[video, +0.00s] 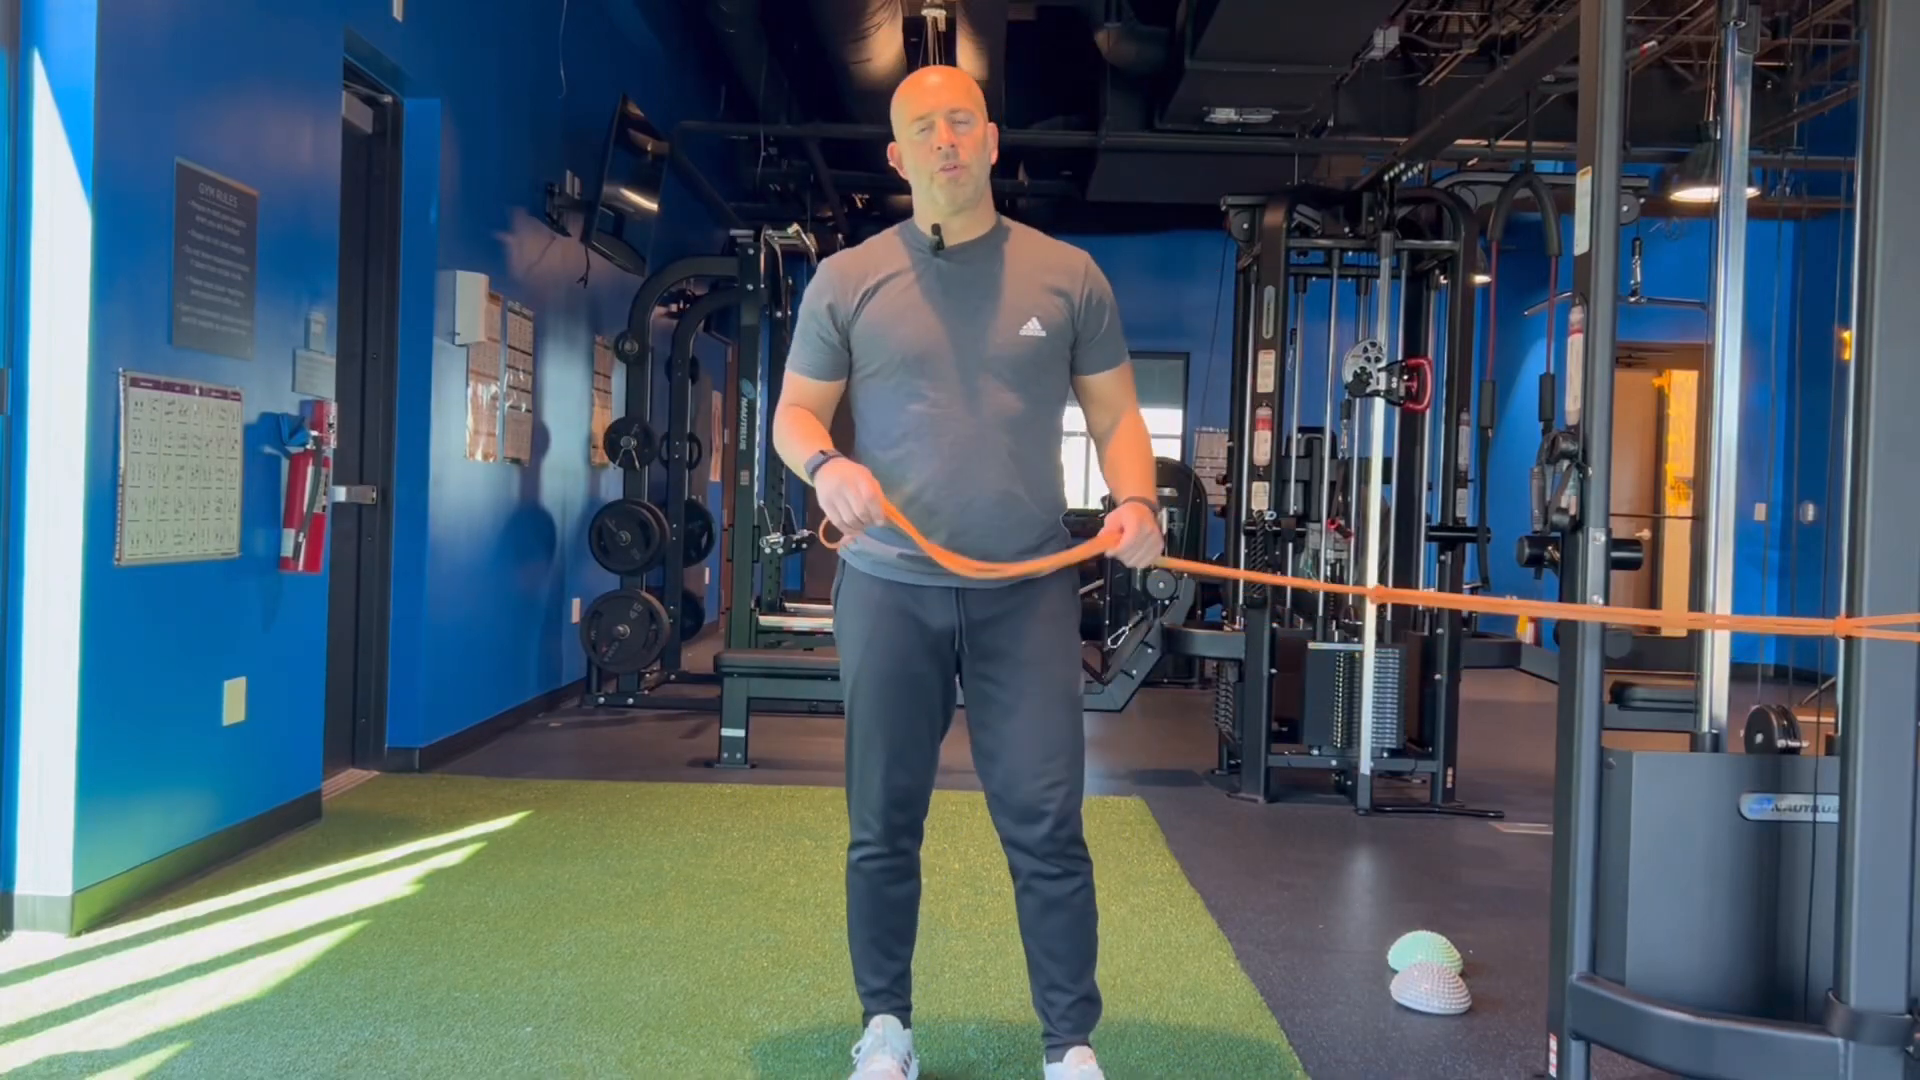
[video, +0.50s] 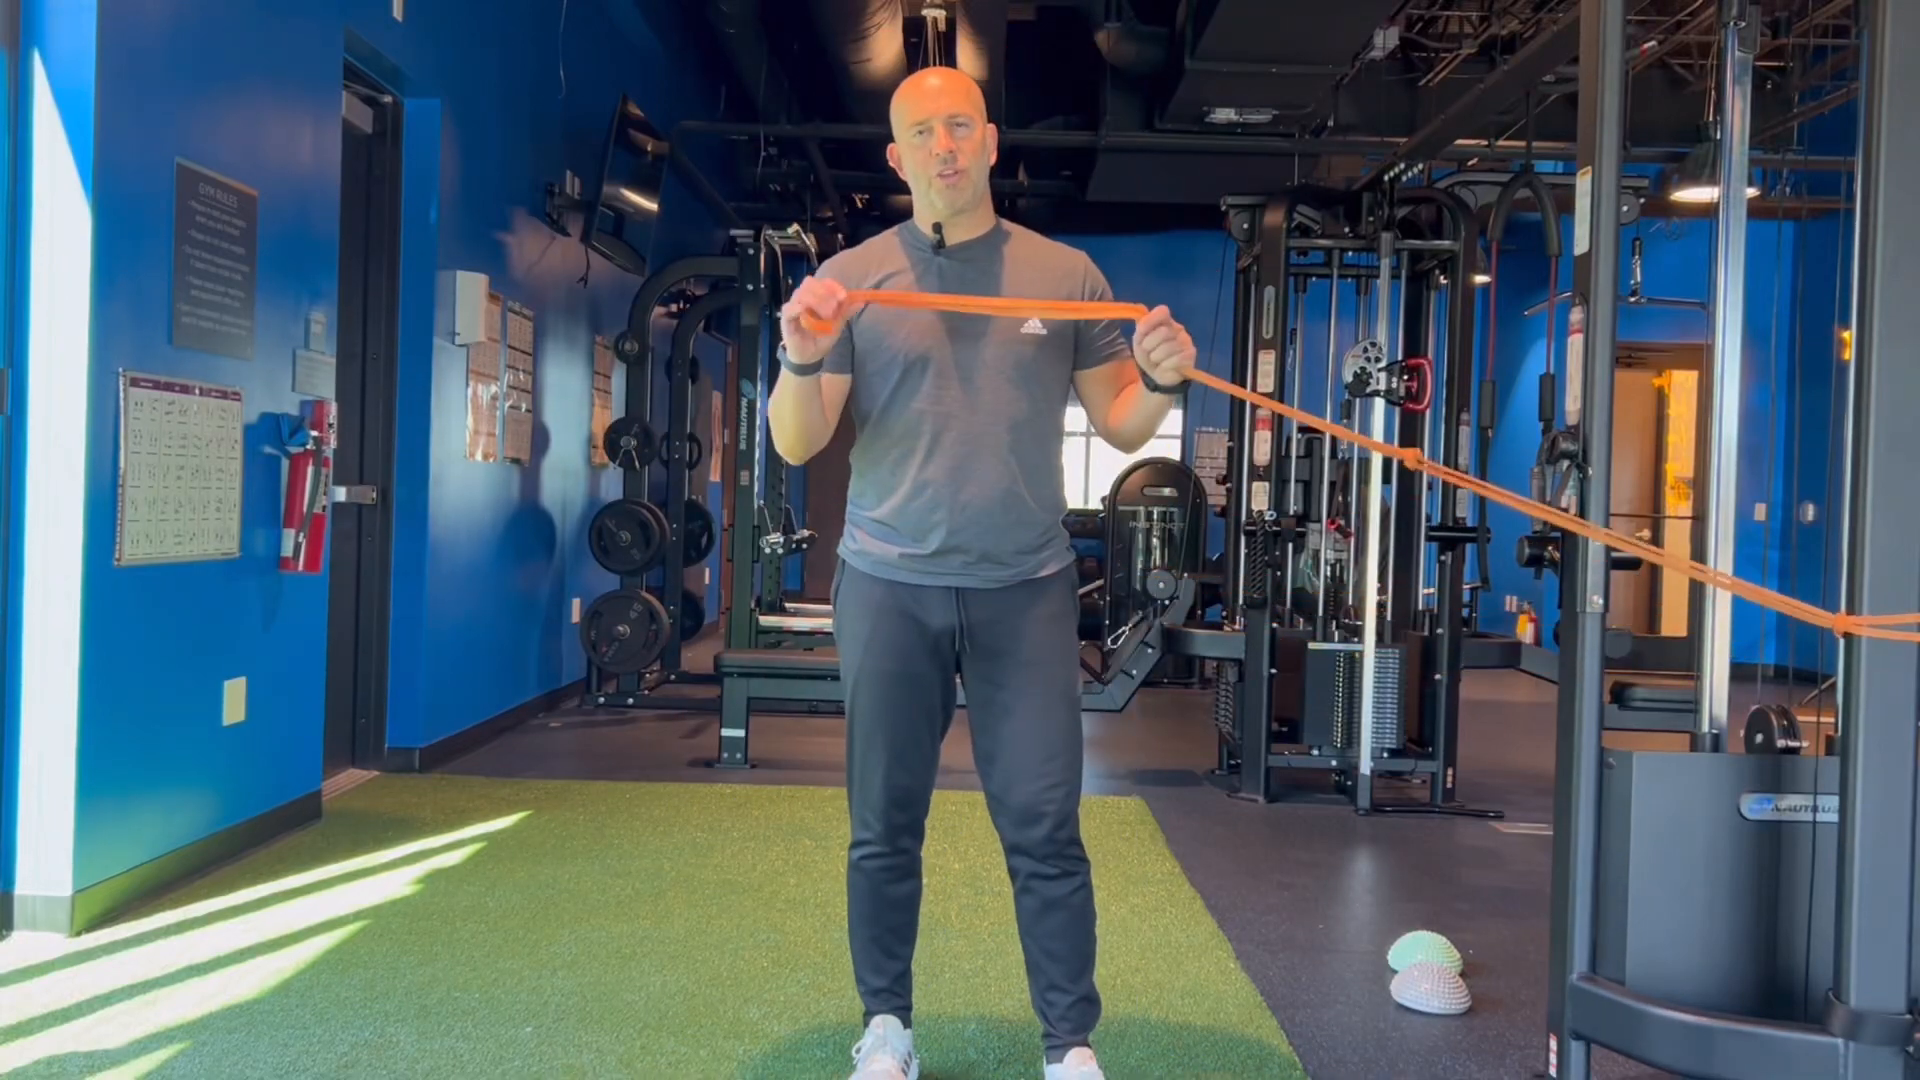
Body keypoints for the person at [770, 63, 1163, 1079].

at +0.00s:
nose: (949, 137)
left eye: (963, 120)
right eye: (926, 124)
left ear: (994, 141)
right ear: (896, 155)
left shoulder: (1068, 277)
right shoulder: (844, 283)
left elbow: (1116, 416)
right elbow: (796, 415)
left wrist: (1137, 500)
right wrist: (825, 464)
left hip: (1030, 592)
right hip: (889, 588)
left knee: (1045, 822)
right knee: (882, 824)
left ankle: (1070, 1041)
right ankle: (884, 1023)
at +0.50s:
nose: (946, 143)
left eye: (961, 124)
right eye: (925, 130)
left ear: (993, 142)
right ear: (896, 156)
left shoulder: (1064, 273)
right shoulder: (852, 278)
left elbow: (1121, 426)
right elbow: (797, 444)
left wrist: (1161, 381)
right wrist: (801, 357)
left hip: (1026, 583)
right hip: (888, 582)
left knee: (1044, 822)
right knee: (884, 824)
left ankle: (1070, 1042)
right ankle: (886, 1022)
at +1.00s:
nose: (949, 142)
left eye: (964, 123)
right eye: (928, 129)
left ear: (997, 142)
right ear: (899, 157)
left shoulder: (1069, 276)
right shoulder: (854, 278)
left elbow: (1115, 428)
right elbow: (803, 448)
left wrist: (1153, 394)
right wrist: (815, 378)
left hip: (1031, 586)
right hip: (892, 585)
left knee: (1047, 823)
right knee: (887, 823)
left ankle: (1070, 1043)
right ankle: (886, 1023)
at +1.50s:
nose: (980, 166)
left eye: (992, 145)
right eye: (957, 148)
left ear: (1006, 150)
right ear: (909, 160)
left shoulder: (1065, 279)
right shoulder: (845, 285)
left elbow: (1123, 420)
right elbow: (788, 448)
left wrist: (1167, 402)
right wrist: (810, 399)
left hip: (1031, 585)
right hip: (892, 586)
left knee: (1047, 822)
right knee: (887, 824)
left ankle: (1071, 1043)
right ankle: (887, 1021)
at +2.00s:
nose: (1053, 177)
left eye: (1059, 158)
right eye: (1033, 157)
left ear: (1055, 161)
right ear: (968, 159)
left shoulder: (1088, 279)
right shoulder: (879, 277)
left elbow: (1189, 392)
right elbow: (796, 419)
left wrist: (1213, 350)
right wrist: (861, 446)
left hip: (1061, 593)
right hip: (926, 592)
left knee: (1074, 831)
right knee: (901, 836)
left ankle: (1071, 1044)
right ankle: (883, 1035)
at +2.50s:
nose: (1161, 178)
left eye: (1167, 159)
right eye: (1149, 155)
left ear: (1101, 154)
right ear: (1079, 144)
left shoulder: (1154, 292)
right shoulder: (950, 256)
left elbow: (1218, 422)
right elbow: (860, 408)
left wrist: (1285, 486)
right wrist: (916, 347)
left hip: (1106, 593)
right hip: (979, 578)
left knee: (1096, 834)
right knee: (960, 798)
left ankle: (1073, 1047)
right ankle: (856, 1006)